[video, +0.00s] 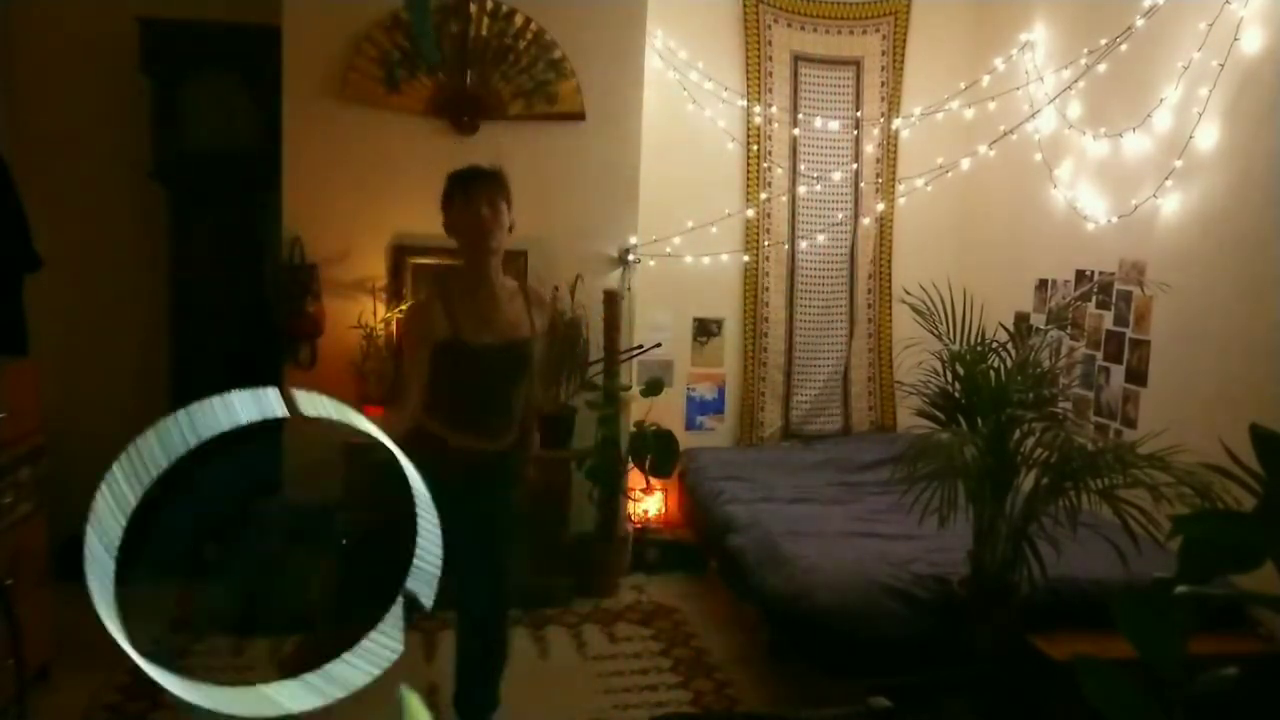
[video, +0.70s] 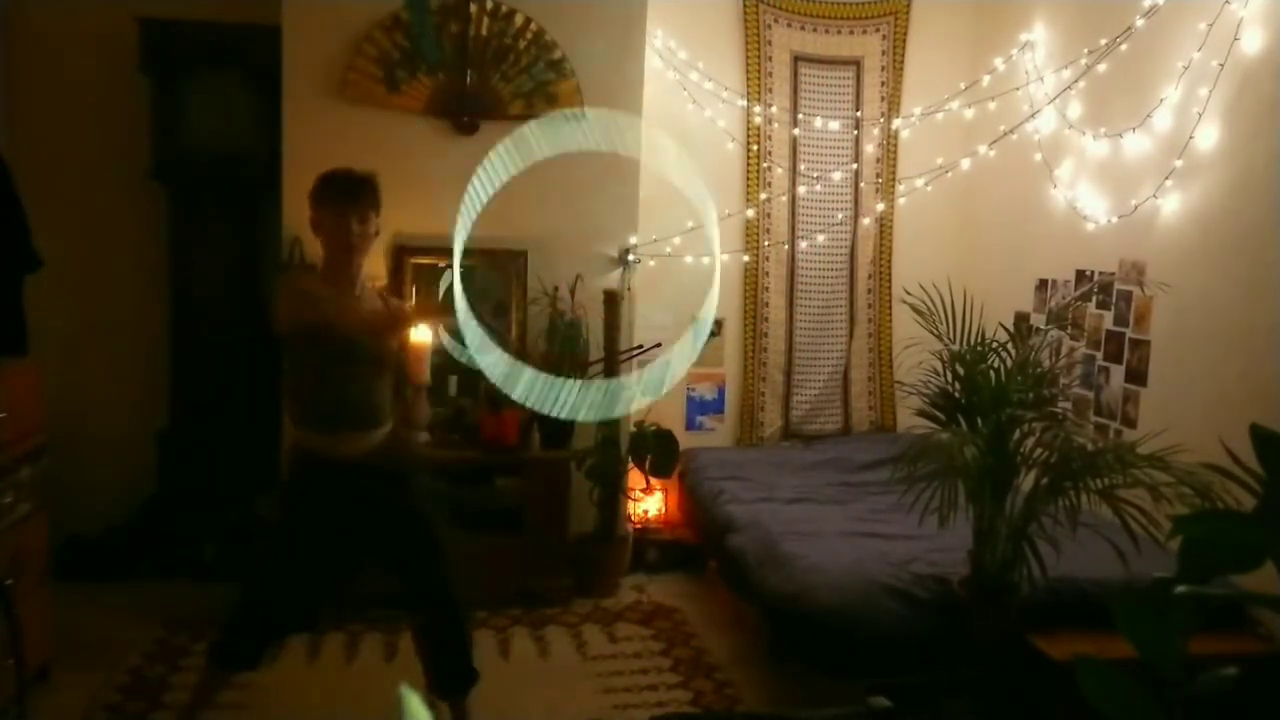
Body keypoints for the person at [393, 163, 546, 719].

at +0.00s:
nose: (488, 217)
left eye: (497, 205)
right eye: (473, 207)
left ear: (512, 219)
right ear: (449, 222)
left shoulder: (530, 303)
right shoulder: (433, 301)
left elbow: (529, 392)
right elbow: (408, 400)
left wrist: (530, 451)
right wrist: (370, 445)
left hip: (501, 471)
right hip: (440, 467)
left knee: (491, 604)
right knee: (427, 599)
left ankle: (477, 708)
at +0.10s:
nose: (470, 232)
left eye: (480, 219)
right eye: (457, 219)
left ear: (494, 229)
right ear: (436, 229)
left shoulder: (504, 311)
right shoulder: (410, 313)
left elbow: (519, 394)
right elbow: (356, 377)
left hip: (483, 479)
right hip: (414, 476)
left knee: (488, 619)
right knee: (358, 590)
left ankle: (482, 712)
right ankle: (267, 668)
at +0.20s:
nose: (443, 240)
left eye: (454, 228)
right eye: (432, 227)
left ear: (469, 240)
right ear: (411, 235)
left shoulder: (491, 325)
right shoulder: (388, 314)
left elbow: (499, 404)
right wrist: (284, 203)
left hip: (463, 488)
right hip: (395, 484)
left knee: (489, 629)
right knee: (334, 600)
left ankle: (480, 714)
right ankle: (247, 667)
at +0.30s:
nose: (417, 244)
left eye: (426, 232)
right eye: (406, 231)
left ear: (442, 242)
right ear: (384, 242)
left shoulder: (467, 331)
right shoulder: (365, 316)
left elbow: (497, 409)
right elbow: (337, 222)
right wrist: (318, 130)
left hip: (445, 494)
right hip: (377, 492)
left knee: (483, 616)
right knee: (314, 603)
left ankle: (479, 713)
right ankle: (240, 669)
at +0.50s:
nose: (386, 238)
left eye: (392, 223)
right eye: (375, 221)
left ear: (401, 231)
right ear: (345, 222)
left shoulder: (393, 308)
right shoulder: (319, 295)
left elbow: (409, 396)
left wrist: (419, 374)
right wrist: (414, 133)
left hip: (403, 475)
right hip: (339, 476)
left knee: (452, 593)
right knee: (281, 597)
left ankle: (465, 702)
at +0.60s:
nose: (366, 228)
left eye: (373, 217)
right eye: (353, 217)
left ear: (383, 223)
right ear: (325, 223)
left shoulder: (386, 304)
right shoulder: (304, 290)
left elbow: (411, 385)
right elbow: (392, 249)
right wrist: (455, 202)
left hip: (392, 469)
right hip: (323, 471)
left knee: (439, 590)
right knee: (275, 597)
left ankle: (457, 704)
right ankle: (199, 699)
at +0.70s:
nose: (354, 231)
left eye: (364, 218)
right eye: (341, 217)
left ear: (377, 226)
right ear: (316, 222)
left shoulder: (386, 306)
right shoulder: (297, 291)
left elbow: (411, 393)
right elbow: (342, 323)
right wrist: (405, 319)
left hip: (381, 467)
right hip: (312, 470)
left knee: (433, 583)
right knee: (278, 591)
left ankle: (454, 701)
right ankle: (212, 685)